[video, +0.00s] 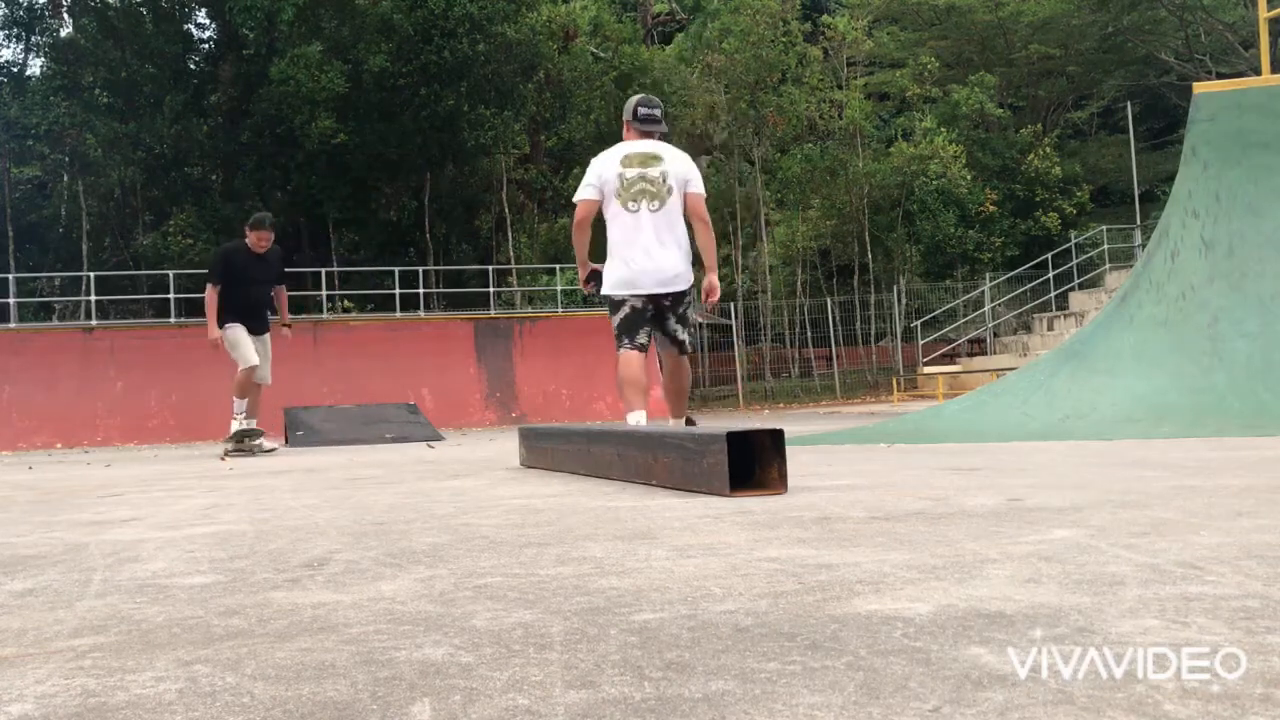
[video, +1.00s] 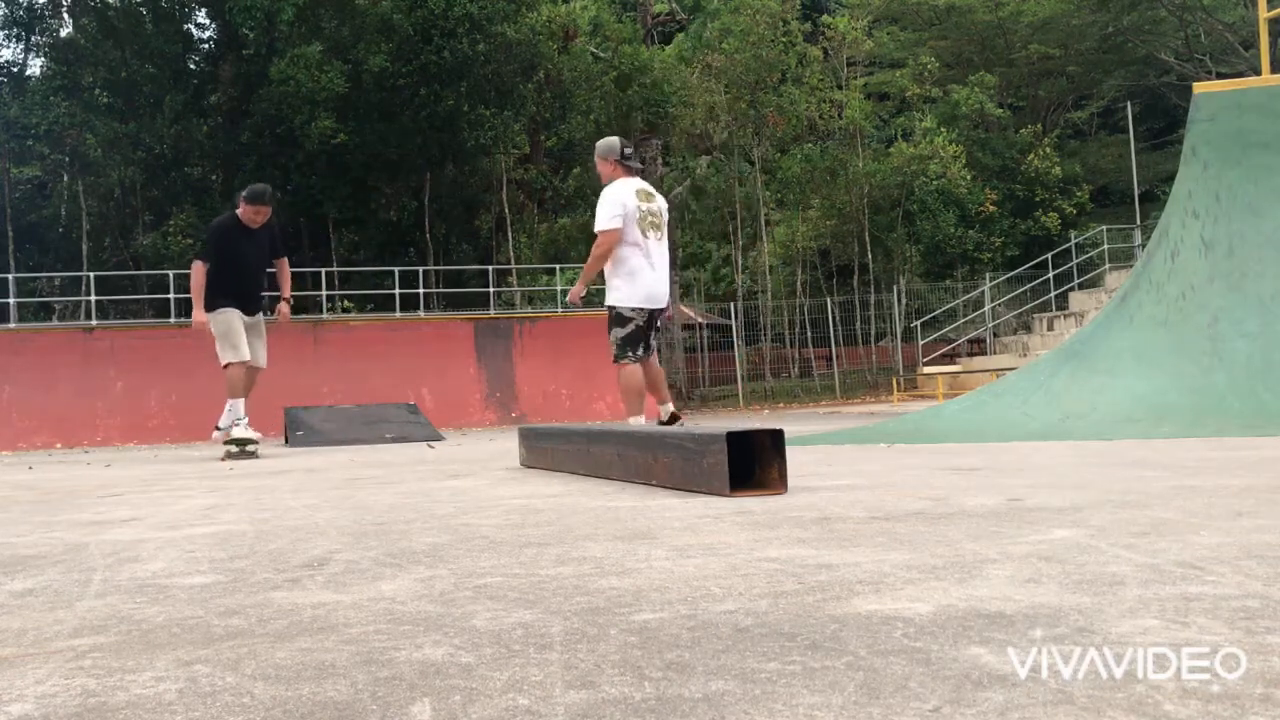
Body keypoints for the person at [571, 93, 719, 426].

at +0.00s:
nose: (629, 132)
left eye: (627, 126)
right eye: (647, 130)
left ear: (626, 127)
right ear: (661, 129)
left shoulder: (605, 161)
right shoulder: (681, 159)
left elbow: (581, 218)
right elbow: (700, 216)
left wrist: (583, 264)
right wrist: (711, 271)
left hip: (625, 274)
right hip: (673, 273)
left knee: (631, 348)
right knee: (676, 350)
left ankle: (637, 430)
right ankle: (678, 430)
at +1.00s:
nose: (597, 170)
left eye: (598, 164)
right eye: (596, 164)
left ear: (611, 164)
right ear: (625, 163)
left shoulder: (613, 194)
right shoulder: (654, 195)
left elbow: (606, 242)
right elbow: (659, 248)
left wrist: (582, 283)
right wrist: (664, 296)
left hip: (629, 293)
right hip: (656, 292)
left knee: (627, 358)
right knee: (646, 352)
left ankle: (635, 425)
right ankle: (667, 411)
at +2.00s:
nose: (671, 191)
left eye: (677, 186)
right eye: (666, 186)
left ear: (687, 188)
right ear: (659, 187)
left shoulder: (704, 219)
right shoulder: (645, 217)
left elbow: (713, 264)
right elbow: (632, 258)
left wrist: (719, 302)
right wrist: (625, 289)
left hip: (693, 308)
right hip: (654, 307)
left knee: (698, 365)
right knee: (655, 362)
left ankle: (704, 420)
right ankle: (661, 423)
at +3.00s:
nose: (679, 189)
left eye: (684, 184)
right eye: (674, 184)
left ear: (695, 187)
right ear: (668, 188)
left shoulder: (712, 220)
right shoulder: (655, 220)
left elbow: (723, 259)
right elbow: (645, 262)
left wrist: (725, 295)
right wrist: (646, 301)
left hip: (703, 307)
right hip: (666, 306)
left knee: (705, 366)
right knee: (670, 367)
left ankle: (706, 418)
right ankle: (673, 420)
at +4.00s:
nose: (666, 192)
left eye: (671, 186)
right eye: (660, 187)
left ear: (681, 189)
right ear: (652, 190)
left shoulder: (697, 219)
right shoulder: (642, 223)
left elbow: (710, 260)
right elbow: (634, 266)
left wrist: (723, 295)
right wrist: (629, 306)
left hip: (696, 304)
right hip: (659, 306)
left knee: (701, 364)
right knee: (667, 367)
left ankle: (705, 419)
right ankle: (673, 421)